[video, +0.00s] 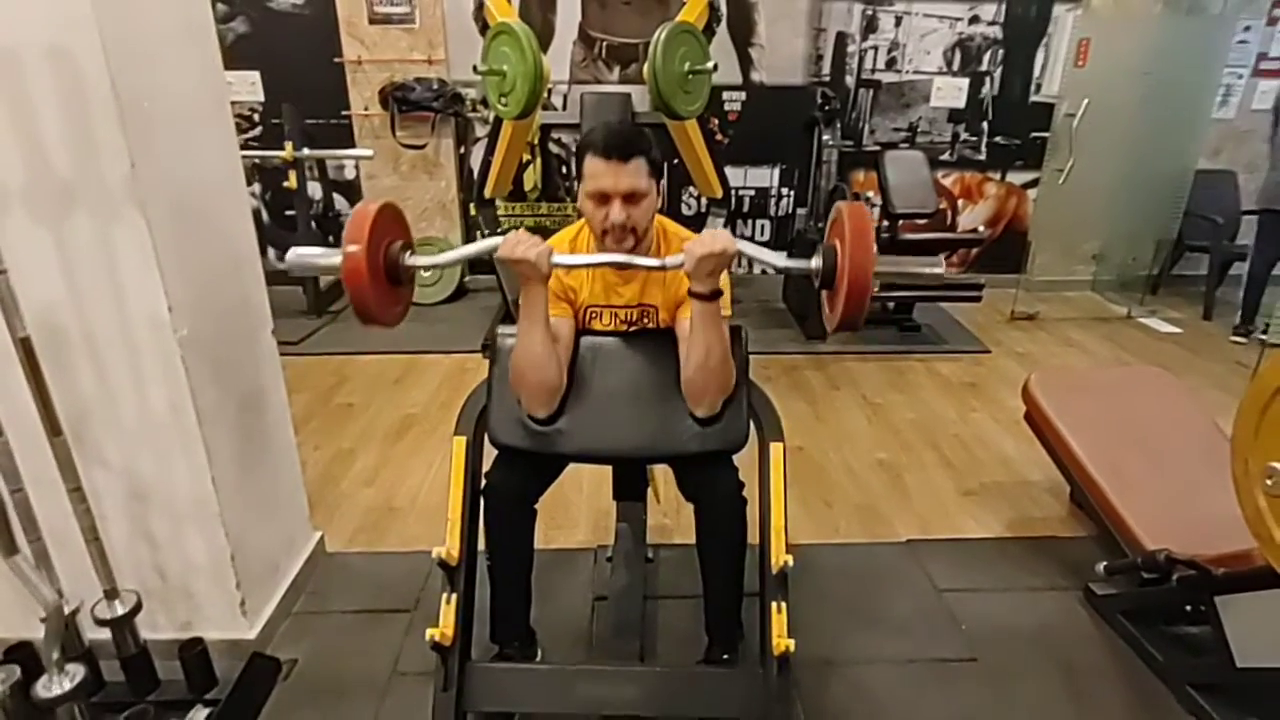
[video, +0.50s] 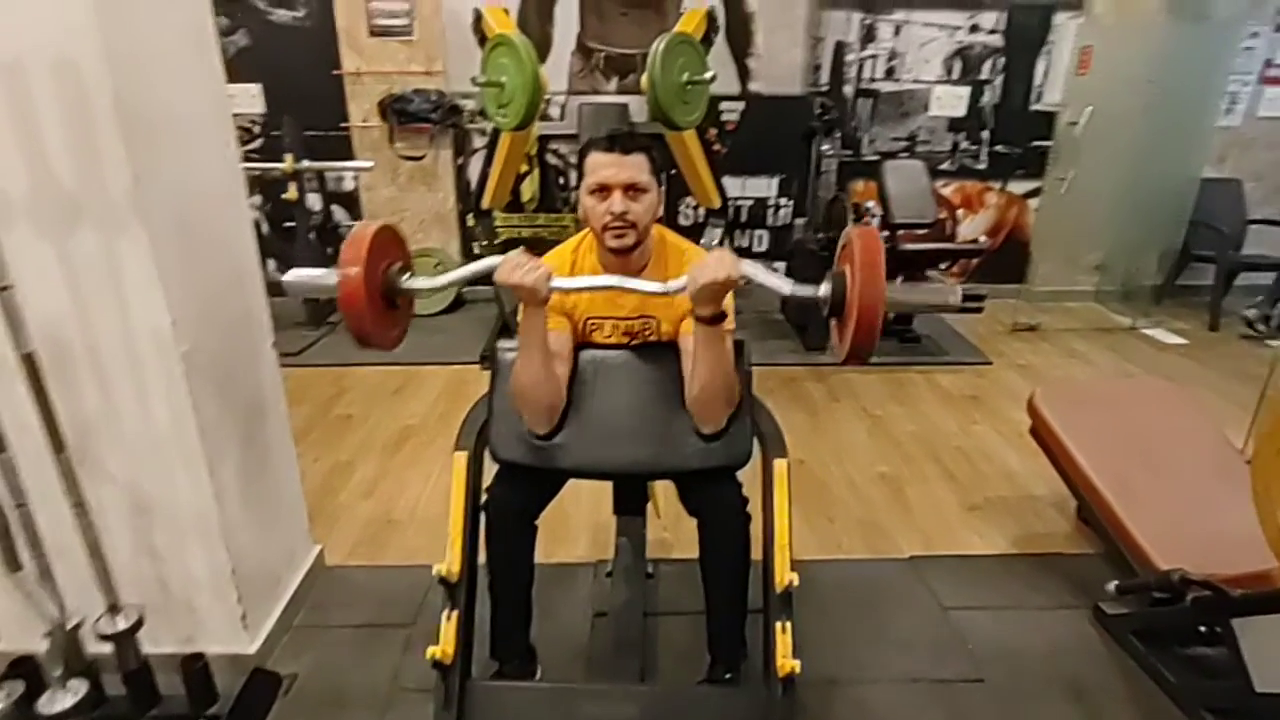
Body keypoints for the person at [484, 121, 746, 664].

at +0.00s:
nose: (616, 216)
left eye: (633, 198)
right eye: (600, 199)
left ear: (657, 192)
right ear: (579, 195)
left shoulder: (690, 254)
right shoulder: (559, 255)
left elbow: (707, 403)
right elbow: (539, 404)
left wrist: (705, 290)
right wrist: (532, 286)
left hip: (668, 399)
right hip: (577, 398)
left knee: (721, 489)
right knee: (505, 488)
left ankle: (724, 648)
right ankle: (513, 647)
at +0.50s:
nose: (618, 208)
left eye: (634, 193)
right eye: (601, 193)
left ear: (658, 202)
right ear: (580, 204)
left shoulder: (694, 269)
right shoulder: (555, 270)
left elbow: (712, 419)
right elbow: (540, 420)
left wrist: (711, 312)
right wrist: (531, 312)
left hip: (670, 412)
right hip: (577, 412)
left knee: (724, 504)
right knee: (506, 504)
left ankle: (726, 666)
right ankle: (513, 662)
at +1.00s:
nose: (615, 207)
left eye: (632, 192)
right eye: (598, 192)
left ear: (656, 201)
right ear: (576, 202)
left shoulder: (697, 275)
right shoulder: (546, 277)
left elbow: (714, 428)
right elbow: (534, 426)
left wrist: (717, 399)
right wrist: (515, 390)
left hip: (670, 418)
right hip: (575, 419)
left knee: (728, 511)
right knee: (505, 512)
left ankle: (730, 673)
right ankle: (512, 675)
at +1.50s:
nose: (612, 248)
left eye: (628, 231)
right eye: (593, 233)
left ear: (649, 209)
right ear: (570, 211)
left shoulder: (689, 273)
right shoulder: (536, 272)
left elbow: (703, 404)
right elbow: (523, 403)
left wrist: (705, 501)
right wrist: (503, 495)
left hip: (663, 416)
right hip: (563, 417)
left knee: (721, 518)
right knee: (492, 518)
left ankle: (723, 673)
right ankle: (501, 675)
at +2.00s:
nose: (633, 261)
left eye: (645, 244)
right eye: (612, 251)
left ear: (658, 216)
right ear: (579, 226)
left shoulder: (691, 272)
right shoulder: (541, 273)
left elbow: (708, 410)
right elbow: (527, 407)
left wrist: (709, 537)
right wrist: (518, 540)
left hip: (662, 410)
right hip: (567, 409)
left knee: (728, 509)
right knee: (491, 510)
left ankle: (726, 671)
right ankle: (506, 671)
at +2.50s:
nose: (641, 260)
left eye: (651, 243)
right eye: (621, 249)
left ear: (663, 215)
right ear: (587, 227)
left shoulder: (693, 269)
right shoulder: (550, 269)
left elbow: (714, 400)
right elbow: (534, 399)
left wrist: (713, 512)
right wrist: (518, 516)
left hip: (669, 405)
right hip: (573, 403)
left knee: (731, 514)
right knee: (496, 512)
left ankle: (729, 671)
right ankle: (511, 672)